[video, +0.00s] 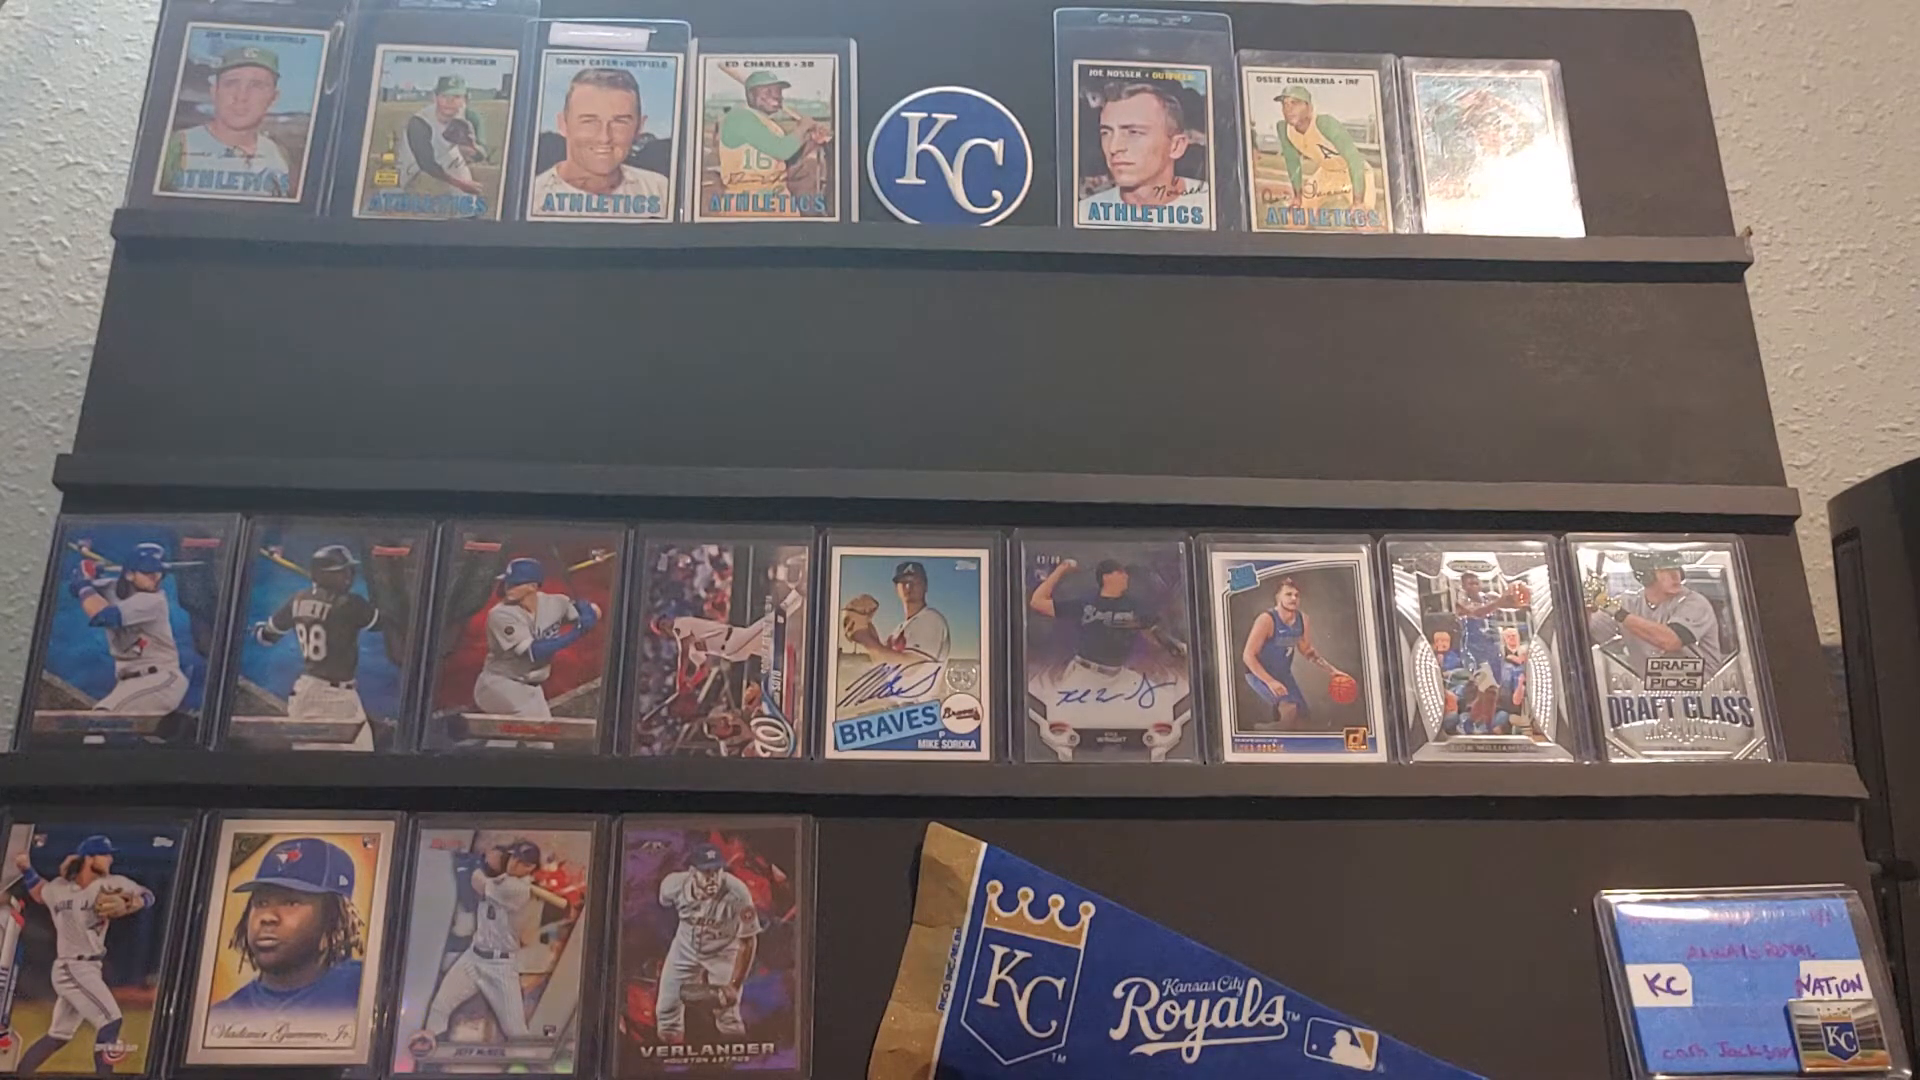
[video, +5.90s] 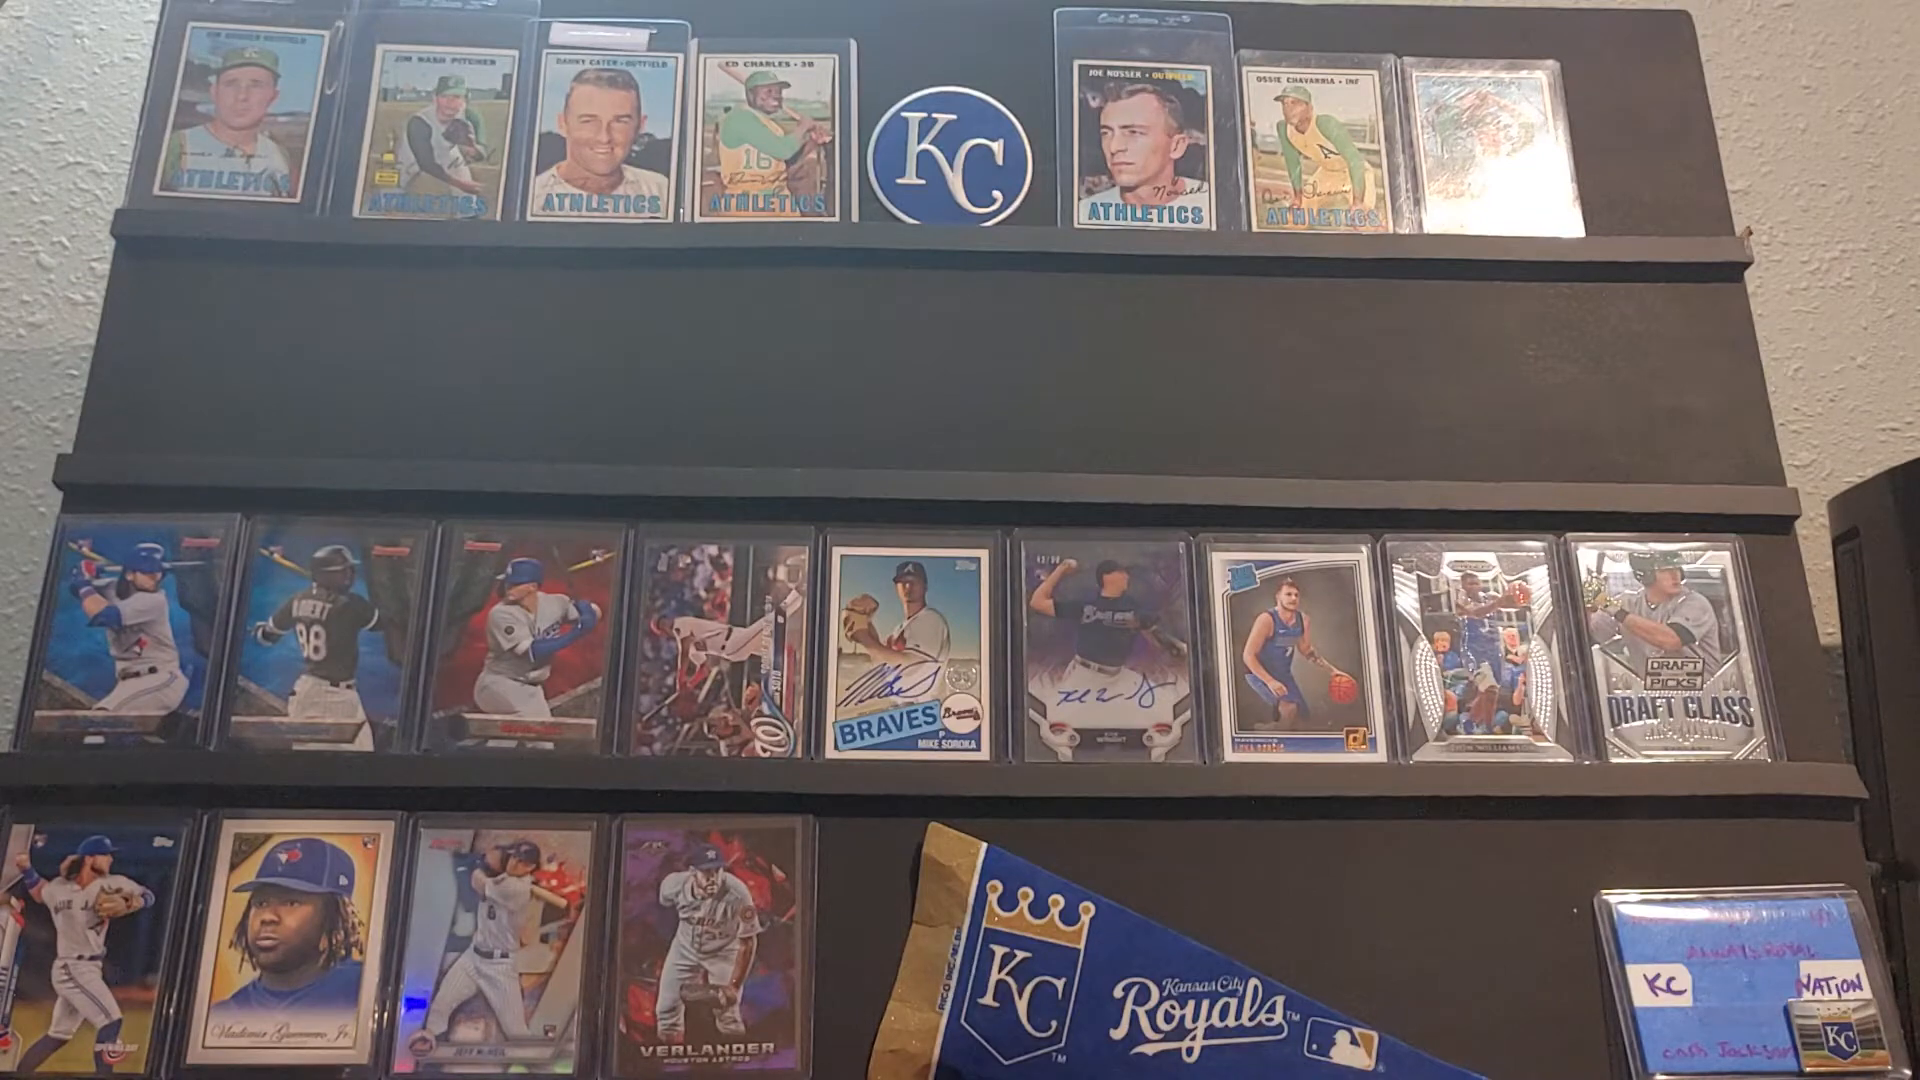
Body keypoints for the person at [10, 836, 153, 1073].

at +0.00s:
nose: (110, 859)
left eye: (110, 855)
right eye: (105, 855)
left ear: (97, 861)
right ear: (90, 859)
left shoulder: (111, 884)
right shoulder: (58, 889)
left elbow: (148, 896)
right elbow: (38, 890)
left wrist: (131, 905)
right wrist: (26, 869)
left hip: (90, 969)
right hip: (71, 969)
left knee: (58, 1036)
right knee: (111, 1019)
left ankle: (19, 1073)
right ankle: (104, 1074)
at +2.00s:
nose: (110, 859)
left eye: (110, 855)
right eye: (105, 855)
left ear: (98, 861)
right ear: (89, 859)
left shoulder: (111, 884)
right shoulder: (58, 888)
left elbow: (148, 896)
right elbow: (39, 891)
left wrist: (131, 904)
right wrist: (27, 869)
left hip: (91, 969)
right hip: (70, 969)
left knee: (59, 1035)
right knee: (110, 1020)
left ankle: (18, 1073)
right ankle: (104, 1074)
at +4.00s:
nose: (110, 860)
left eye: (110, 855)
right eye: (105, 855)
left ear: (96, 861)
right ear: (89, 859)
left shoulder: (110, 885)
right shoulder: (57, 888)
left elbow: (149, 896)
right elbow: (39, 892)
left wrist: (134, 904)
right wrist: (27, 870)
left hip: (90, 969)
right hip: (71, 969)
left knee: (58, 1035)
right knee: (111, 1020)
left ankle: (19, 1073)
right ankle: (104, 1074)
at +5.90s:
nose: (110, 860)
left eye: (110, 855)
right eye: (106, 855)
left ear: (95, 861)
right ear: (90, 859)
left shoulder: (111, 884)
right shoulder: (58, 888)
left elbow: (149, 896)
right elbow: (39, 891)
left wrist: (130, 904)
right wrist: (27, 870)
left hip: (90, 969)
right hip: (71, 969)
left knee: (58, 1035)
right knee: (111, 1020)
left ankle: (19, 1073)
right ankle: (104, 1074)